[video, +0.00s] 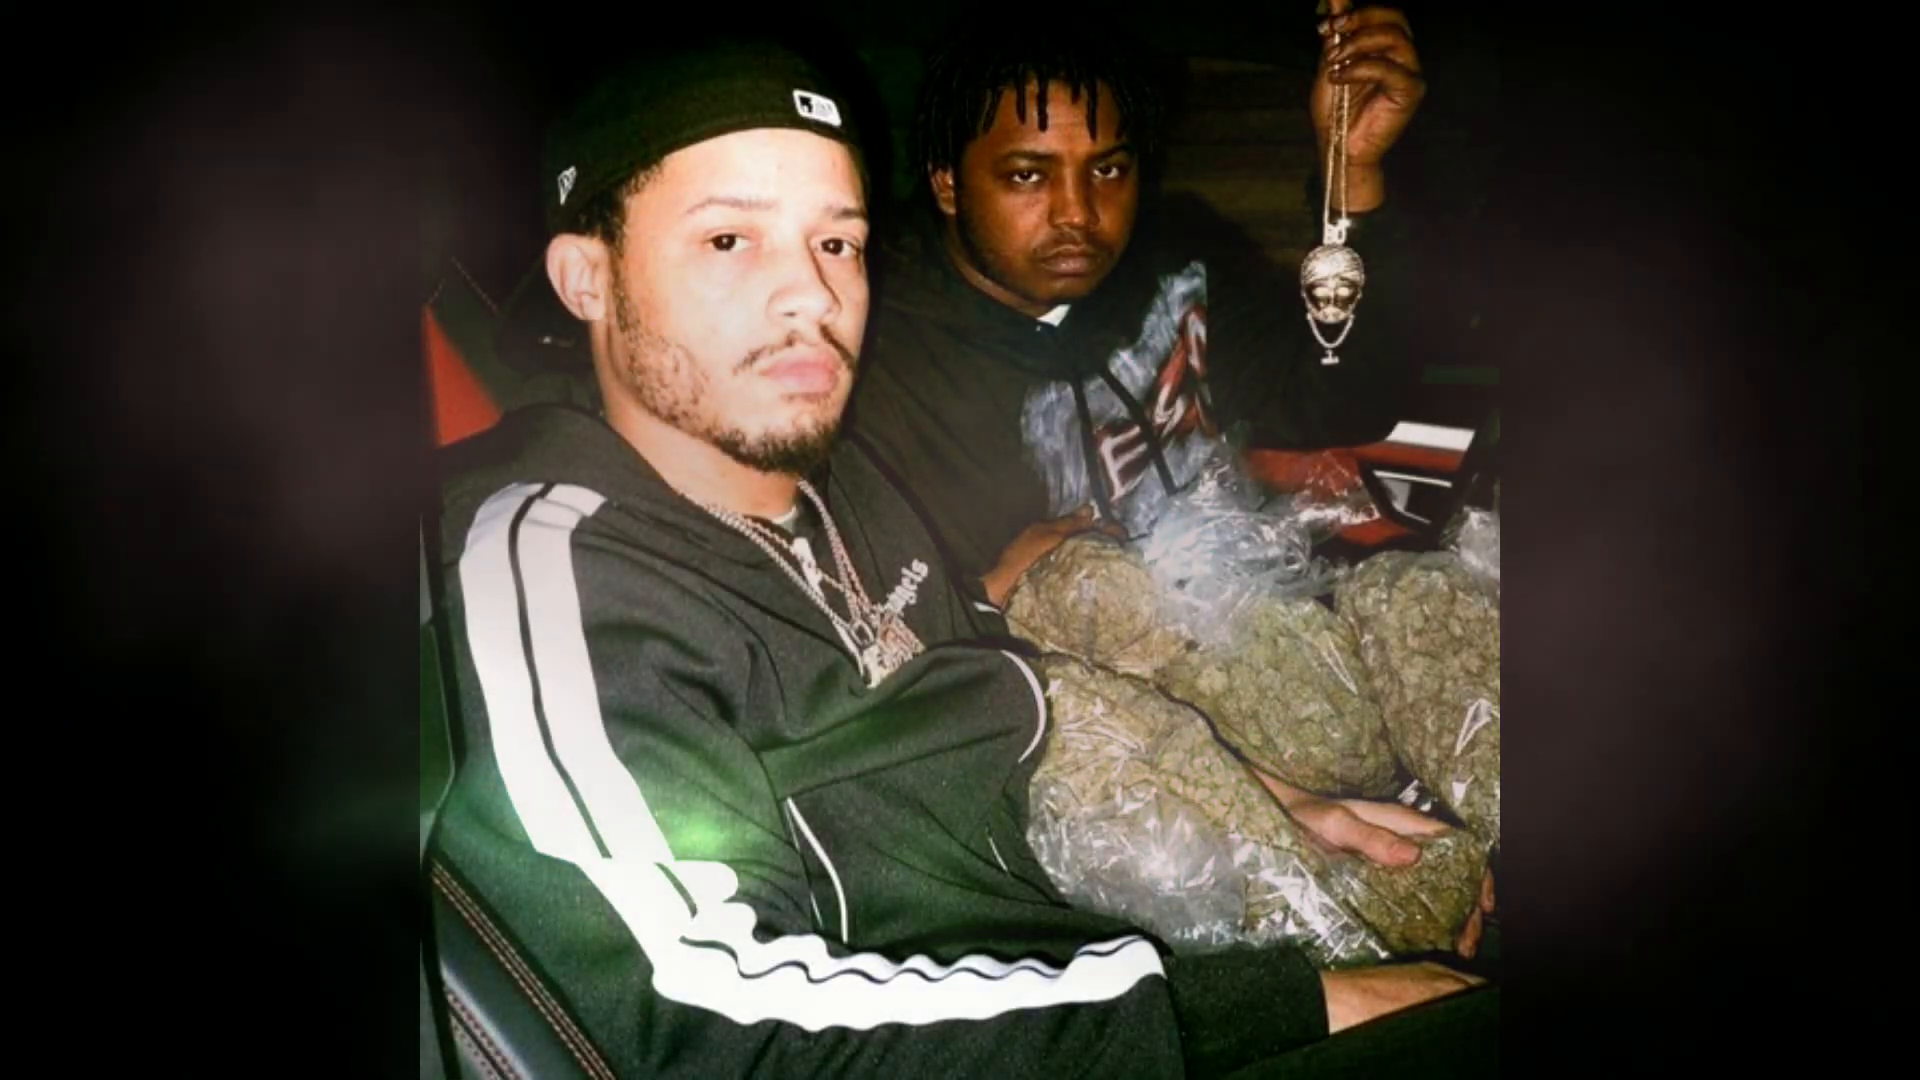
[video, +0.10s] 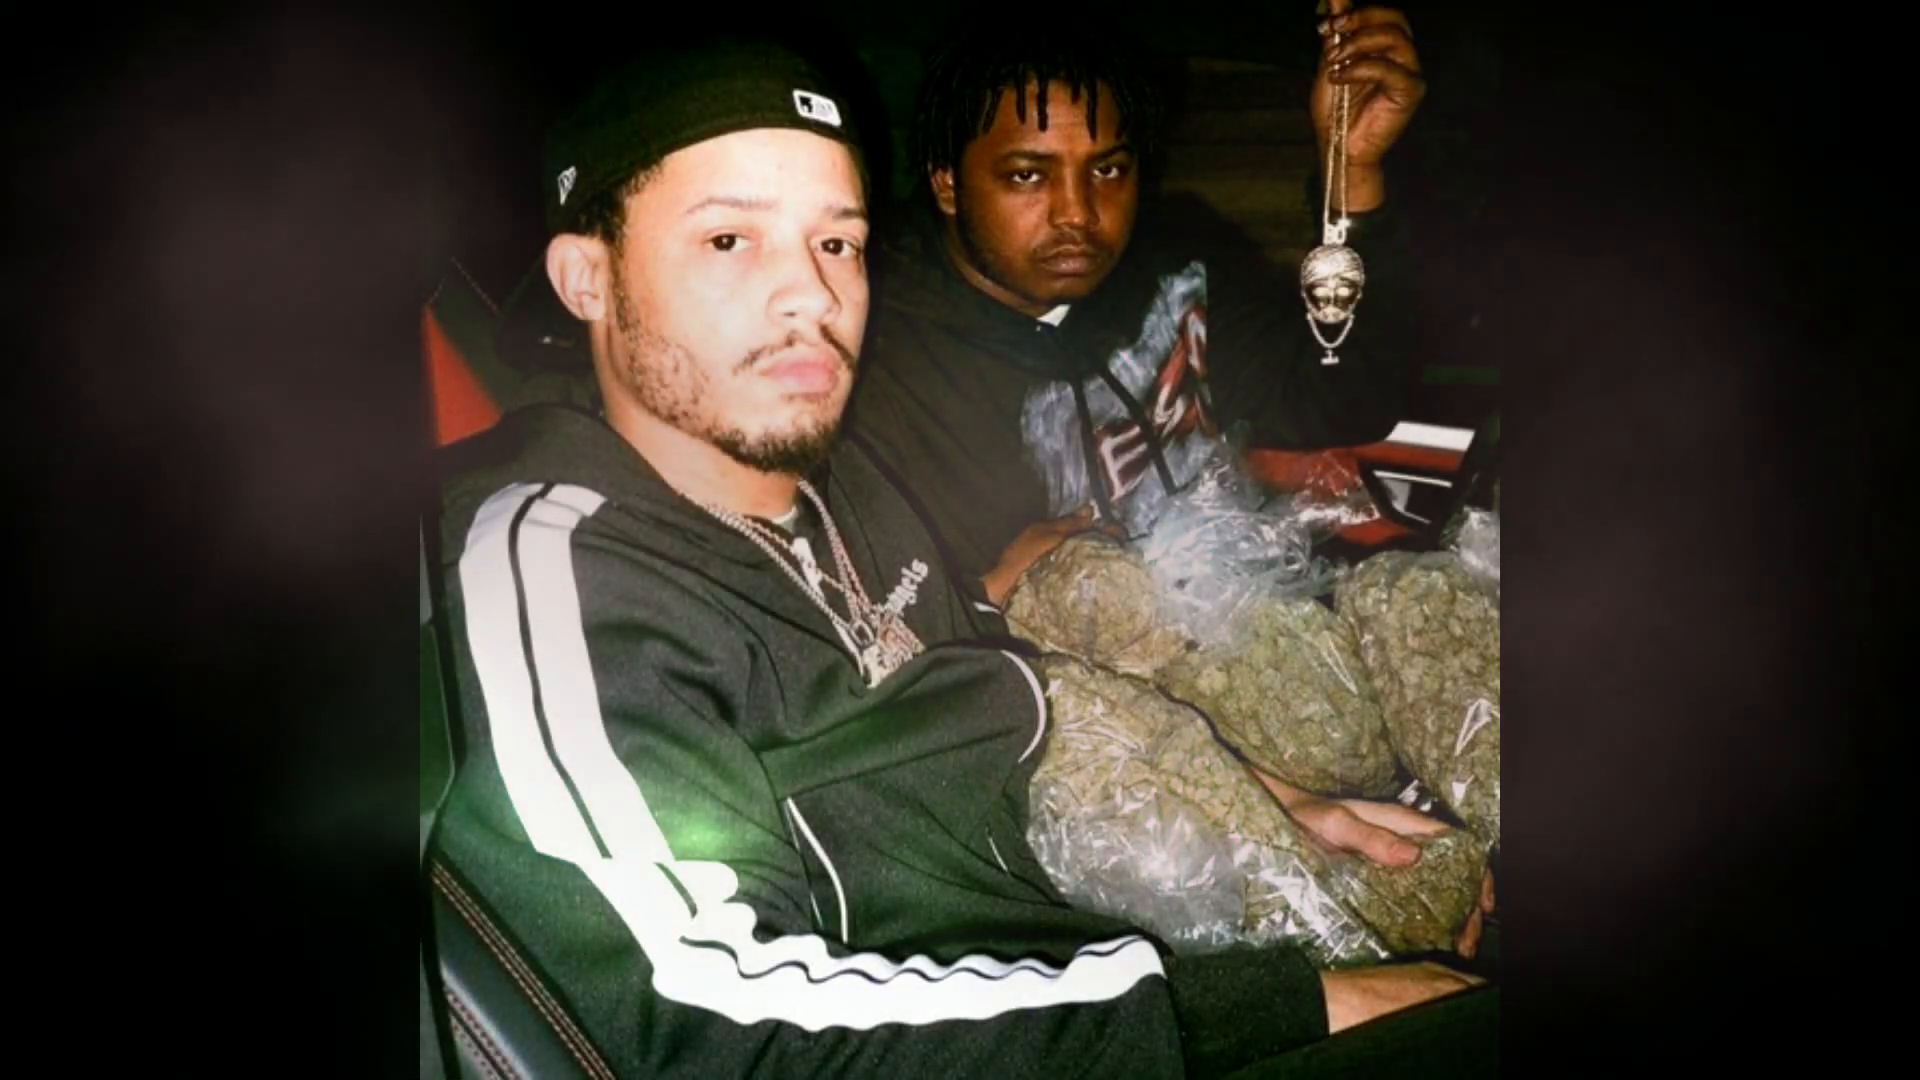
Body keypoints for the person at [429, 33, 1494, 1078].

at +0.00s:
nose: (811, 304)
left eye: (836, 249)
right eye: (729, 245)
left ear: (867, 268)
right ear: (588, 282)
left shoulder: (826, 490)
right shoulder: (536, 554)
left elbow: (1004, 757)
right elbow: (705, 1013)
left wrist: (1271, 826)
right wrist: (1278, 1005)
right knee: (1461, 1007)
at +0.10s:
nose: (811, 304)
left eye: (836, 249)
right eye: (729, 245)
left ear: (867, 269)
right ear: (588, 282)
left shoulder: (827, 488)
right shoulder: (537, 556)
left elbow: (1006, 747)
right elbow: (706, 1016)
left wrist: (1271, 823)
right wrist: (1276, 1007)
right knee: (1467, 1005)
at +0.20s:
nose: (811, 304)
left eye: (836, 249)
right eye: (729, 245)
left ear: (867, 269)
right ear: (588, 282)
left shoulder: (825, 490)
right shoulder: (536, 554)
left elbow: (1005, 751)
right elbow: (708, 1015)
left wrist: (1271, 824)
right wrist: (1278, 1005)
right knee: (1470, 1006)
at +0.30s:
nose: (811, 304)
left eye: (835, 248)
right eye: (729, 245)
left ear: (867, 267)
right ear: (587, 282)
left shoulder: (824, 476)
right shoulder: (537, 557)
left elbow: (1012, 755)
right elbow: (713, 1015)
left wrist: (1271, 822)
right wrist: (1280, 1005)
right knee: (1471, 1007)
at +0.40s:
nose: (810, 303)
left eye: (835, 248)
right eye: (728, 244)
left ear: (867, 268)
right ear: (588, 282)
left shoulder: (826, 477)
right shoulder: (537, 556)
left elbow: (1012, 752)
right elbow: (713, 1015)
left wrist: (1271, 823)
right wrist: (1279, 1006)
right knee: (1476, 1007)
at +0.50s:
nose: (810, 303)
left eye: (835, 249)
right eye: (728, 244)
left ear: (867, 269)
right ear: (587, 282)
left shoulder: (825, 483)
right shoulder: (535, 556)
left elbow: (1011, 753)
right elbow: (712, 1015)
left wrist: (1267, 821)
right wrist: (1280, 1006)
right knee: (1487, 1005)